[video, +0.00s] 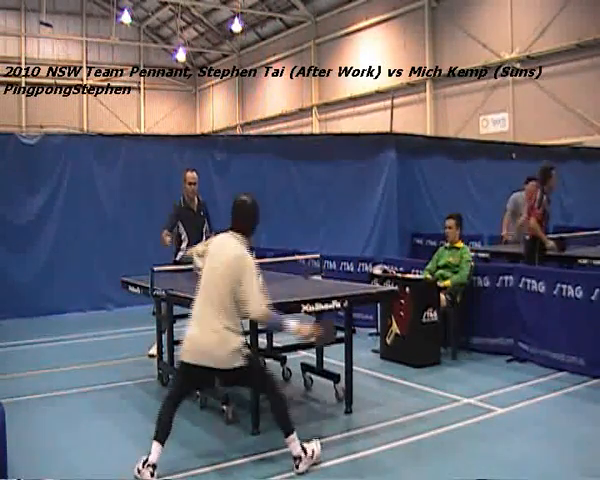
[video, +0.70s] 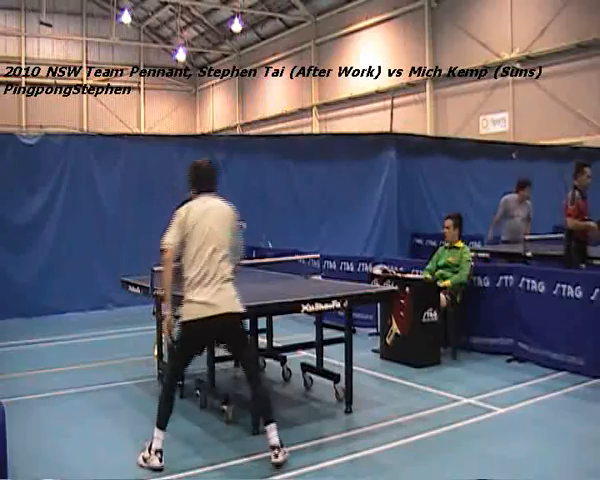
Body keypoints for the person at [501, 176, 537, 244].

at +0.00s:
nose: (533, 189)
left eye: (535, 186)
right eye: (531, 185)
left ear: (538, 188)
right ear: (525, 186)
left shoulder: (540, 199)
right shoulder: (516, 197)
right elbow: (508, 214)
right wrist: (505, 231)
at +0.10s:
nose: (526, 188)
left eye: (527, 186)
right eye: (524, 185)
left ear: (528, 187)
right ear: (518, 186)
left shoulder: (529, 201)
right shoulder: (510, 198)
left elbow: (530, 217)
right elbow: (503, 214)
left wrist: (528, 233)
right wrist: (503, 232)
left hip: (523, 236)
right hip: (510, 235)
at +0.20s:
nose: (520, 187)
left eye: (522, 184)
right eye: (518, 184)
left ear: (524, 186)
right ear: (513, 185)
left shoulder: (527, 199)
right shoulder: (506, 198)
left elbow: (529, 216)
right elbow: (499, 214)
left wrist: (529, 231)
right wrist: (498, 231)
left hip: (522, 234)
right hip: (508, 234)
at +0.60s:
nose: (527, 192)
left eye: (528, 189)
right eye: (525, 189)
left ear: (529, 190)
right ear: (519, 189)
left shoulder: (529, 203)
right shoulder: (507, 199)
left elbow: (530, 218)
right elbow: (498, 215)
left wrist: (528, 232)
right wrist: (490, 232)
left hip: (522, 236)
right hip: (508, 236)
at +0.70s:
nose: (528, 194)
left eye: (529, 191)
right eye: (526, 191)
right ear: (520, 191)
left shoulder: (528, 204)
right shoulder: (507, 200)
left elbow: (529, 219)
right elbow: (498, 217)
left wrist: (527, 233)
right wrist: (491, 233)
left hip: (520, 237)